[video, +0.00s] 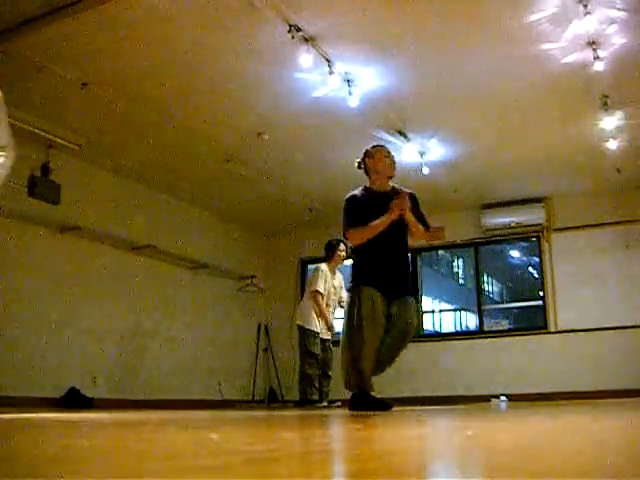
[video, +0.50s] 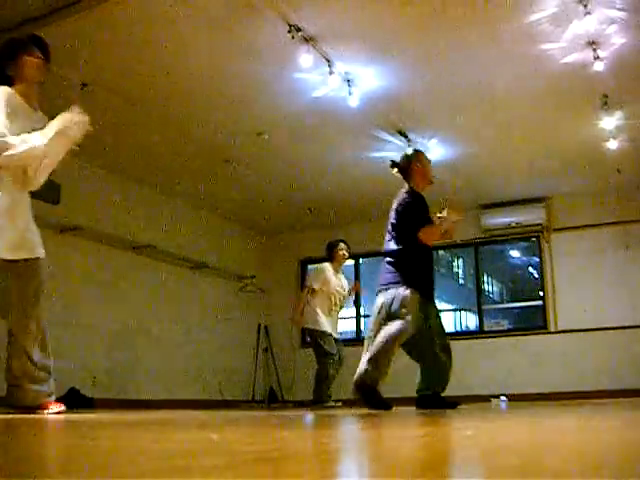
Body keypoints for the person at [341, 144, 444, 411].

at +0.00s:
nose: (388, 161)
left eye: (389, 157)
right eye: (381, 157)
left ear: (393, 165)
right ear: (367, 165)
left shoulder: (405, 197)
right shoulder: (356, 200)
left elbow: (424, 235)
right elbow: (352, 238)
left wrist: (408, 216)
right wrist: (389, 216)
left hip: (399, 275)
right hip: (368, 275)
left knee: (404, 327)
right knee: (367, 330)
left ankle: (363, 375)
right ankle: (361, 392)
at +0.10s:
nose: (397, 158)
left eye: (395, 153)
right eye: (390, 153)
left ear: (391, 162)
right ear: (374, 161)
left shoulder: (407, 194)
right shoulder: (359, 195)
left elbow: (433, 234)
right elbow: (354, 224)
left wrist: (426, 216)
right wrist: (390, 200)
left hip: (403, 273)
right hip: (373, 273)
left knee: (414, 329)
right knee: (370, 332)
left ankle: (364, 353)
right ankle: (362, 392)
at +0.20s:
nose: (403, 159)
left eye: (402, 153)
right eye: (397, 154)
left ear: (399, 158)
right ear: (382, 160)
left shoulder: (410, 192)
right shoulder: (371, 187)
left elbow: (429, 223)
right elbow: (379, 213)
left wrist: (438, 202)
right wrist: (402, 184)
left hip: (405, 267)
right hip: (376, 267)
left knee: (428, 318)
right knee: (373, 328)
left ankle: (391, 340)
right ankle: (362, 389)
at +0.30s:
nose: (413, 155)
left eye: (411, 150)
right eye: (408, 150)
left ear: (399, 155)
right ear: (394, 155)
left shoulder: (404, 188)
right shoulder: (385, 184)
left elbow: (425, 224)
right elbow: (413, 215)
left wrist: (439, 194)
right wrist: (424, 181)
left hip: (406, 269)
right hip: (382, 269)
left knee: (432, 320)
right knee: (377, 330)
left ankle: (412, 365)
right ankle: (363, 389)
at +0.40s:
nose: (421, 163)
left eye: (419, 158)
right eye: (415, 158)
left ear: (405, 164)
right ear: (402, 164)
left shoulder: (405, 193)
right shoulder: (401, 192)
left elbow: (428, 233)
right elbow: (428, 228)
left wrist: (433, 216)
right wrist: (437, 205)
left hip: (409, 281)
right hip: (388, 280)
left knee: (428, 333)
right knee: (377, 336)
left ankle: (429, 389)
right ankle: (363, 392)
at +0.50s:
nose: (431, 170)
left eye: (429, 164)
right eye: (427, 164)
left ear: (415, 168)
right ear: (416, 168)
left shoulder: (410, 201)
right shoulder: (410, 200)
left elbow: (422, 235)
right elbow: (426, 235)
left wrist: (439, 226)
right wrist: (445, 225)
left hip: (413, 286)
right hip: (403, 284)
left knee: (437, 347)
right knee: (406, 323)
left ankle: (429, 394)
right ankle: (366, 381)